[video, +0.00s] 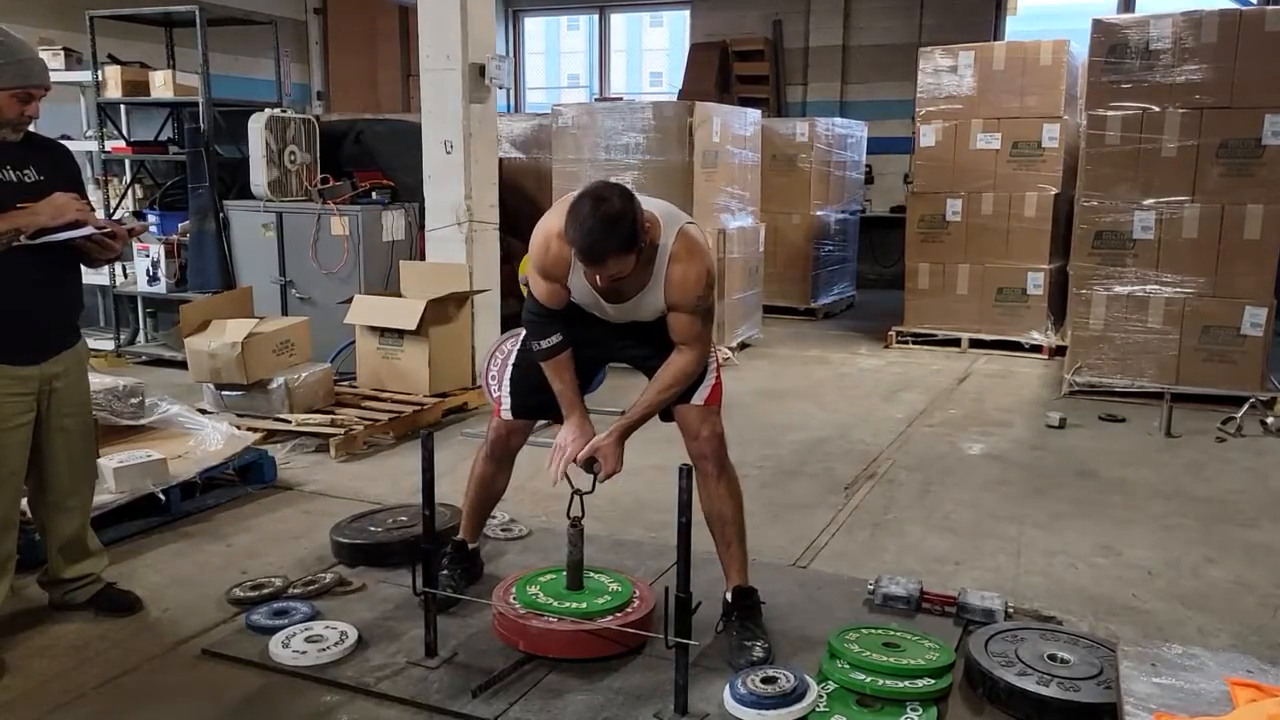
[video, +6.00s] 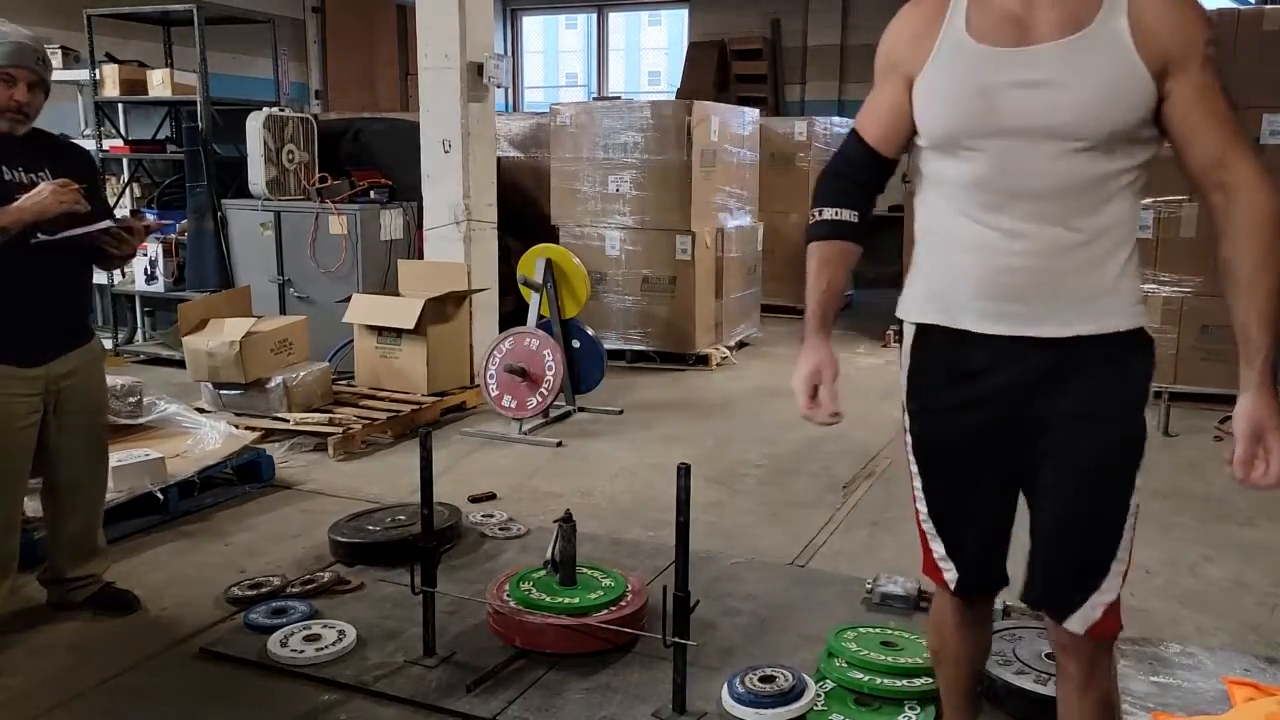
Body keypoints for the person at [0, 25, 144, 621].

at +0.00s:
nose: (33, 109)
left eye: (39, 97)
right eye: (22, 97)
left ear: (44, 92)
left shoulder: (55, 157)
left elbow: (84, 242)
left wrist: (106, 248)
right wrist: (33, 216)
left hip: (62, 345)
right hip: (4, 354)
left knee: (70, 472)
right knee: (5, 489)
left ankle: (75, 579)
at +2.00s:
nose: (39, 107)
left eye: (45, 96)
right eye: (28, 96)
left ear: (48, 92)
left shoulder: (60, 156)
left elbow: (84, 246)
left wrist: (110, 249)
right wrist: (38, 216)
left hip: (65, 346)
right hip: (7, 355)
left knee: (70, 474)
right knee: (7, 489)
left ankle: (74, 581)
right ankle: (0, 597)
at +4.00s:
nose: (52, 110)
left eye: (58, 99)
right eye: (43, 98)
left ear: (58, 96)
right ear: (5, 90)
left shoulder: (67, 161)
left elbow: (78, 253)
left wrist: (117, 249)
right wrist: (49, 228)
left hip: (64, 350)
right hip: (5, 359)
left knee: (68, 475)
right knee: (7, 490)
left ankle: (73, 580)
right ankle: (1, 597)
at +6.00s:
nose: (17, 96)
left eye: (30, 86)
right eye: (6, 82)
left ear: (46, 95)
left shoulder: (73, 160)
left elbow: (102, 245)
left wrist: (123, 247)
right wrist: (24, 211)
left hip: (74, 348)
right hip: (6, 357)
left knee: (81, 474)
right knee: (7, 488)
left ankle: (76, 581)